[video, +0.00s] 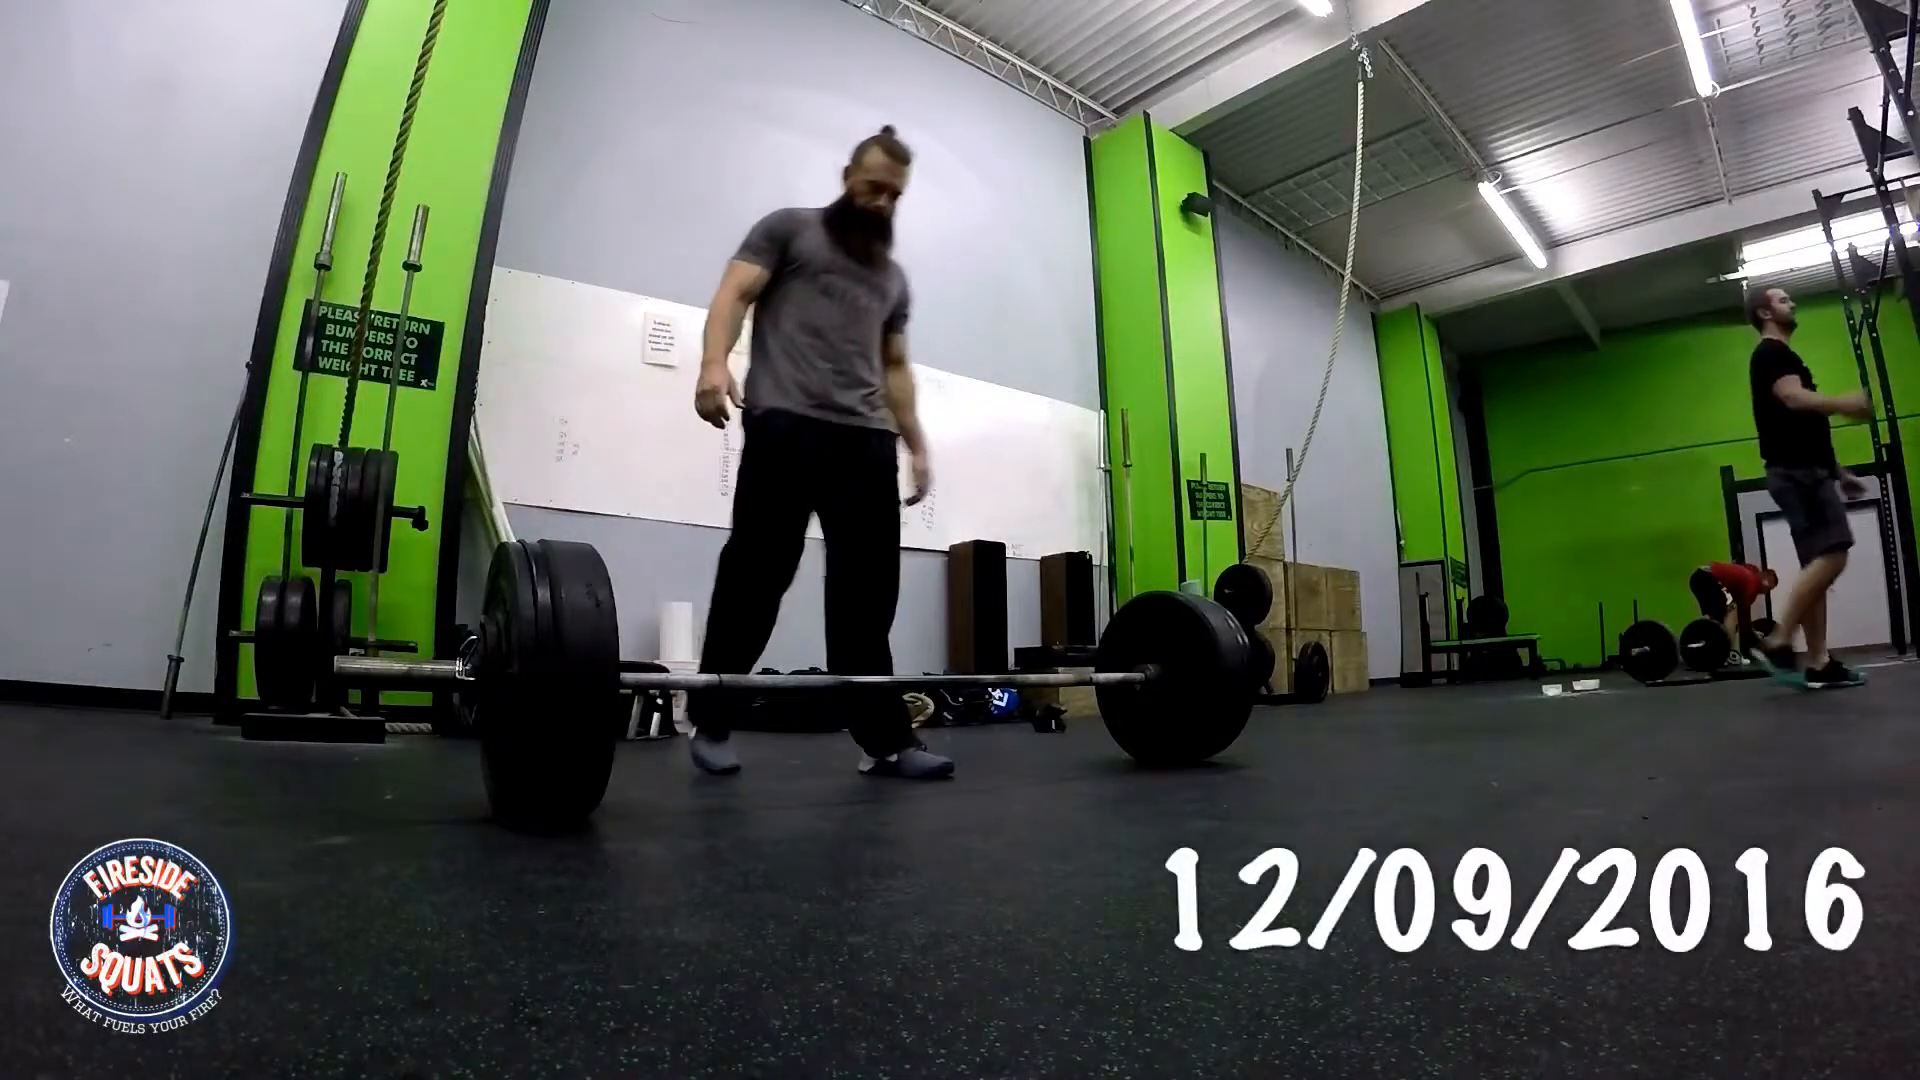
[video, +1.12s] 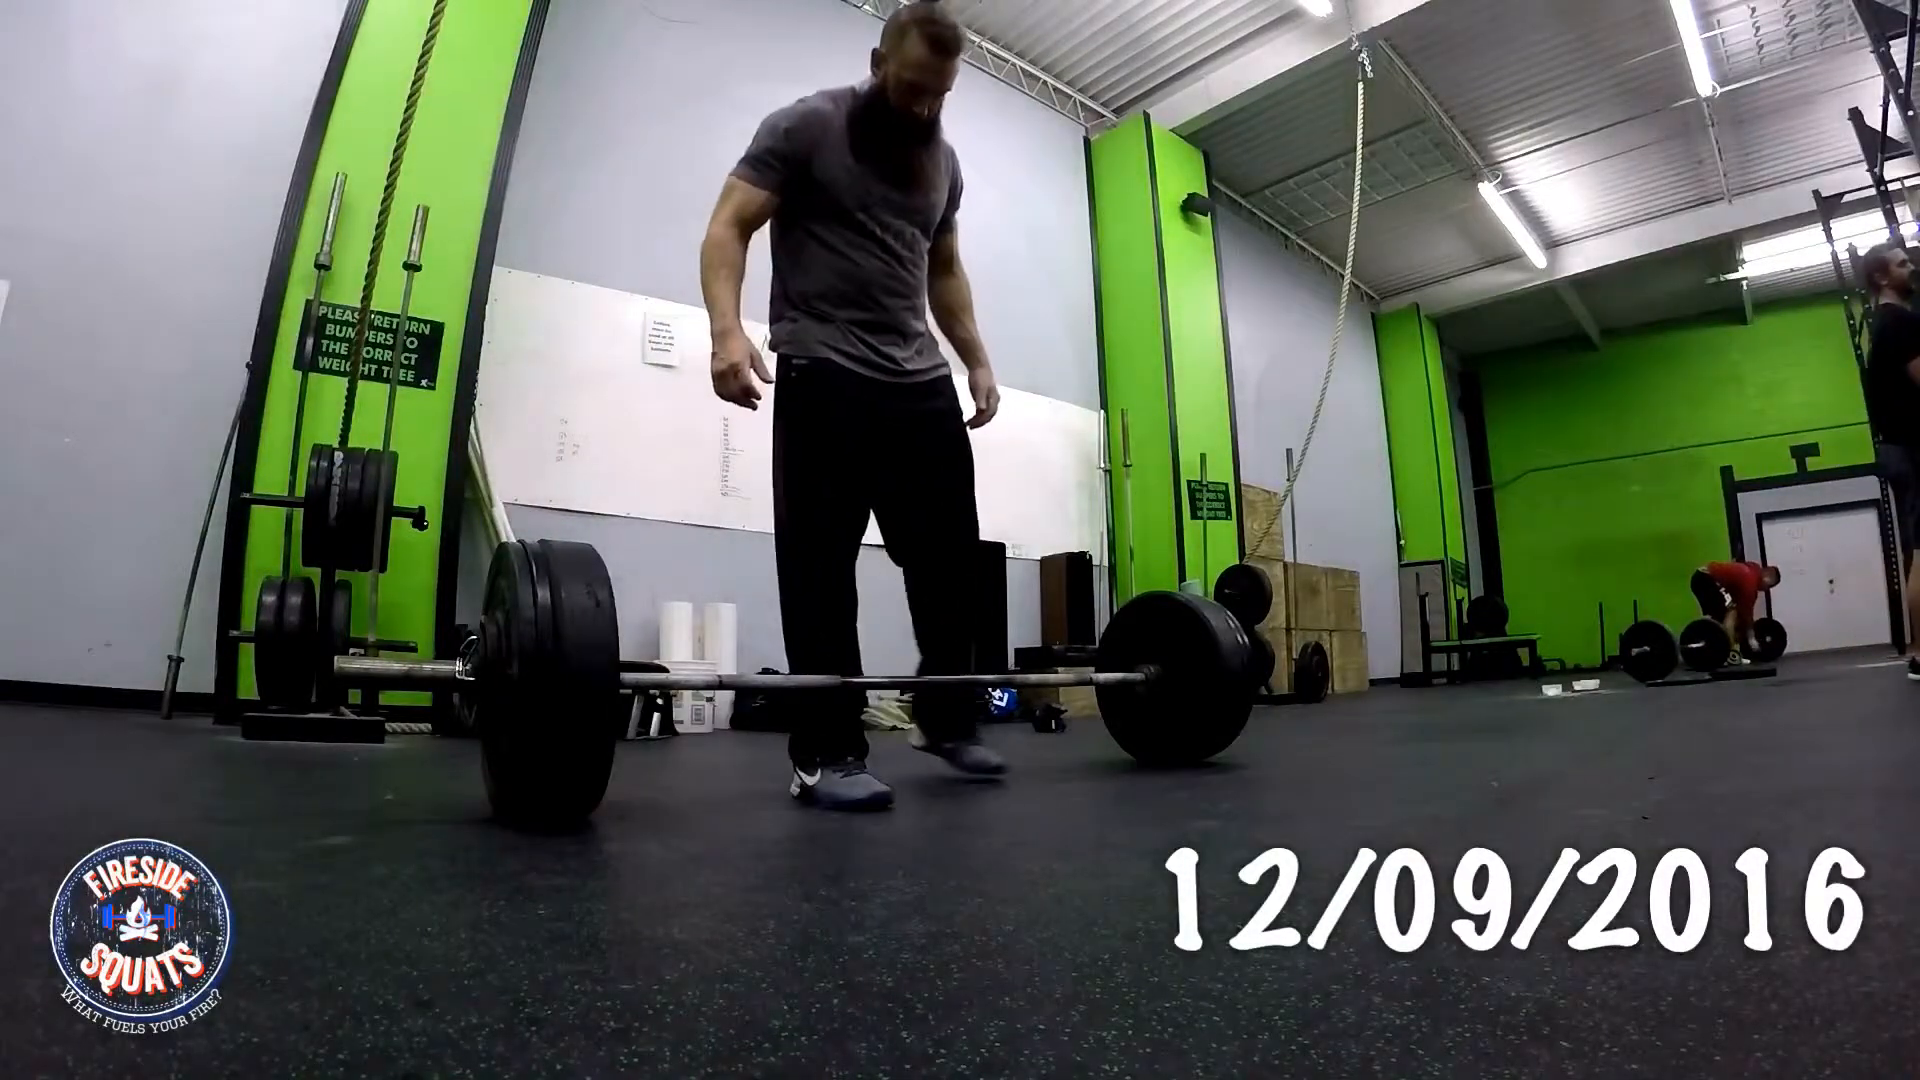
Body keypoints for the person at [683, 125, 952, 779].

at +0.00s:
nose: (880, 199)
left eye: (892, 191)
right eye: (871, 185)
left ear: (902, 196)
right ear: (847, 178)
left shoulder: (892, 278)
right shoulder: (790, 228)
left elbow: (895, 365)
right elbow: (733, 294)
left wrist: (916, 442)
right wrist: (714, 364)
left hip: (864, 442)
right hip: (783, 427)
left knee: (868, 591)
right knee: (754, 574)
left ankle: (883, 741)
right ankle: (711, 724)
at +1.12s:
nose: (927, 104)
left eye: (940, 91)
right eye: (914, 87)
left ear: (953, 77)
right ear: (880, 60)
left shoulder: (941, 158)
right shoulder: (807, 126)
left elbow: (945, 269)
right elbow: (729, 226)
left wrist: (977, 361)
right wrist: (726, 329)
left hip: (916, 383)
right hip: (820, 377)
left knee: (947, 556)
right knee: (820, 569)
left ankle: (950, 725)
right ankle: (826, 758)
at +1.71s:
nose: (1029, 136)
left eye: (1044, 127)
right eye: (1023, 116)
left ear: (1058, 122)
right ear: (995, 87)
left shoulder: (1033, 201)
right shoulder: (908, 134)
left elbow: (1029, 305)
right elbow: (817, 213)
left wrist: (1052, 397)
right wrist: (789, 315)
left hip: (964, 396)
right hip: (868, 378)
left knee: (978, 570)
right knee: (841, 565)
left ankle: (1004, 748)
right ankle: (824, 756)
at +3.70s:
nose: (1009, 50)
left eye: (1017, 41)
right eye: (995, 34)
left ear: (1020, 57)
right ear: (951, 40)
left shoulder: (1007, 168)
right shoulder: (885, 112)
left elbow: (1010, 285)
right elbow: (809, 204)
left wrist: (1053, 372)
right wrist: (816, 302)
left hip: (967, 390)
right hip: (870, 373)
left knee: (980, 569)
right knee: (843, 564)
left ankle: (1004, 747)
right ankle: (820, 758)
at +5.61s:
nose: (996, 66)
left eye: (1004, 59)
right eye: (982, 51)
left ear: (1006, 77)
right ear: (939, 58)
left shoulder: (1009, 177)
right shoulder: (880, 125)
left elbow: (1016, 280)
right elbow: (792, 210)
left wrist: (1022, 342)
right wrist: (837, 290)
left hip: (959, 388)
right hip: (865, 375)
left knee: (994, 551)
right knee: (840, 560)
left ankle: (1006, 744)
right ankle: (819, 758)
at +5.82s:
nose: (1038, 137)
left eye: (1052, 126)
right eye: (1032, 116)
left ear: (1059, 130)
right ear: (997, 95)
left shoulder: (1032, 224)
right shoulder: (909, 154)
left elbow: (1031, 322)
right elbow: (806, 243)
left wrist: (1027, 394)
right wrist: (862, 332)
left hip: (937, 403)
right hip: (846, 388)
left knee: (994, 550)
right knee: (833, 562)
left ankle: (1008, 743)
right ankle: (818, 758)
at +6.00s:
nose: (1078, 225)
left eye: (1089, 213)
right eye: (1075, 206)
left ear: (1092, 203)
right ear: (1040, 172)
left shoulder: (1050, 278)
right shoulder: (933, 202)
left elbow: (1054, 385)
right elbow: (835, 309)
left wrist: (1057, 482)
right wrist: (898, 409)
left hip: (928, 410)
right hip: (843, 388)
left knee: (993, 553)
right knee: (832, 558)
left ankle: (1006, 745)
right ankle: (818, 759)